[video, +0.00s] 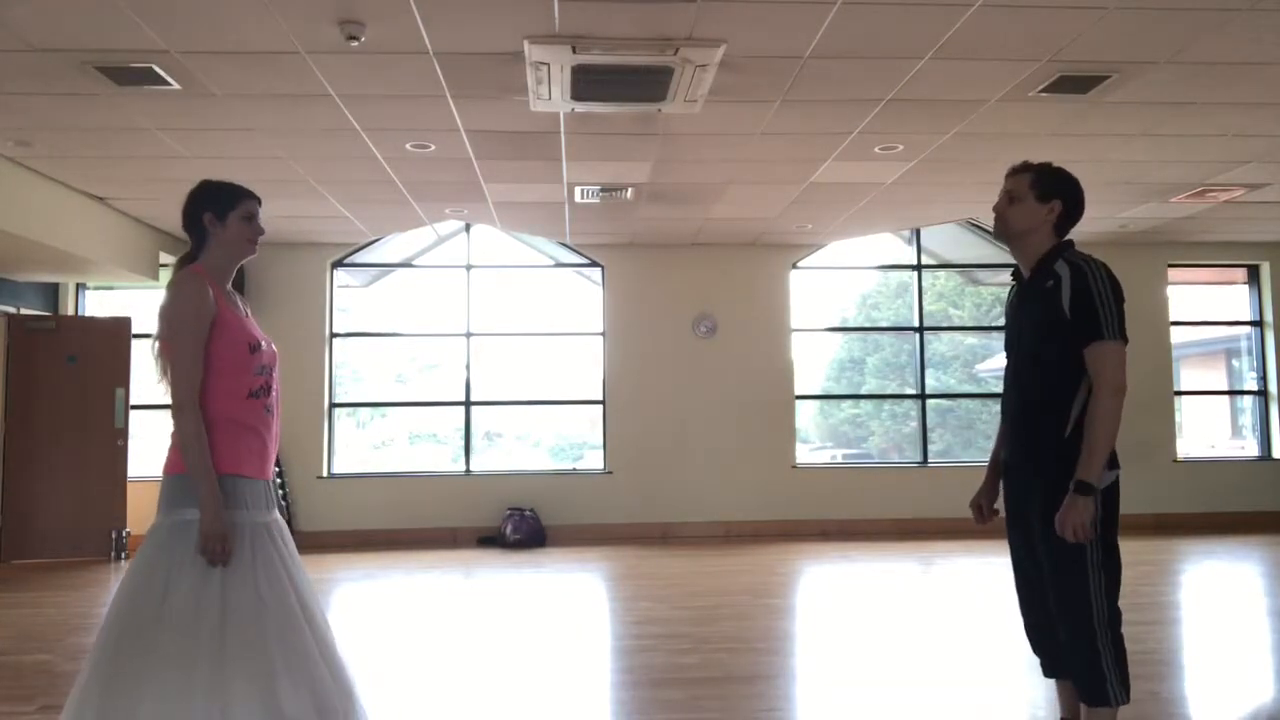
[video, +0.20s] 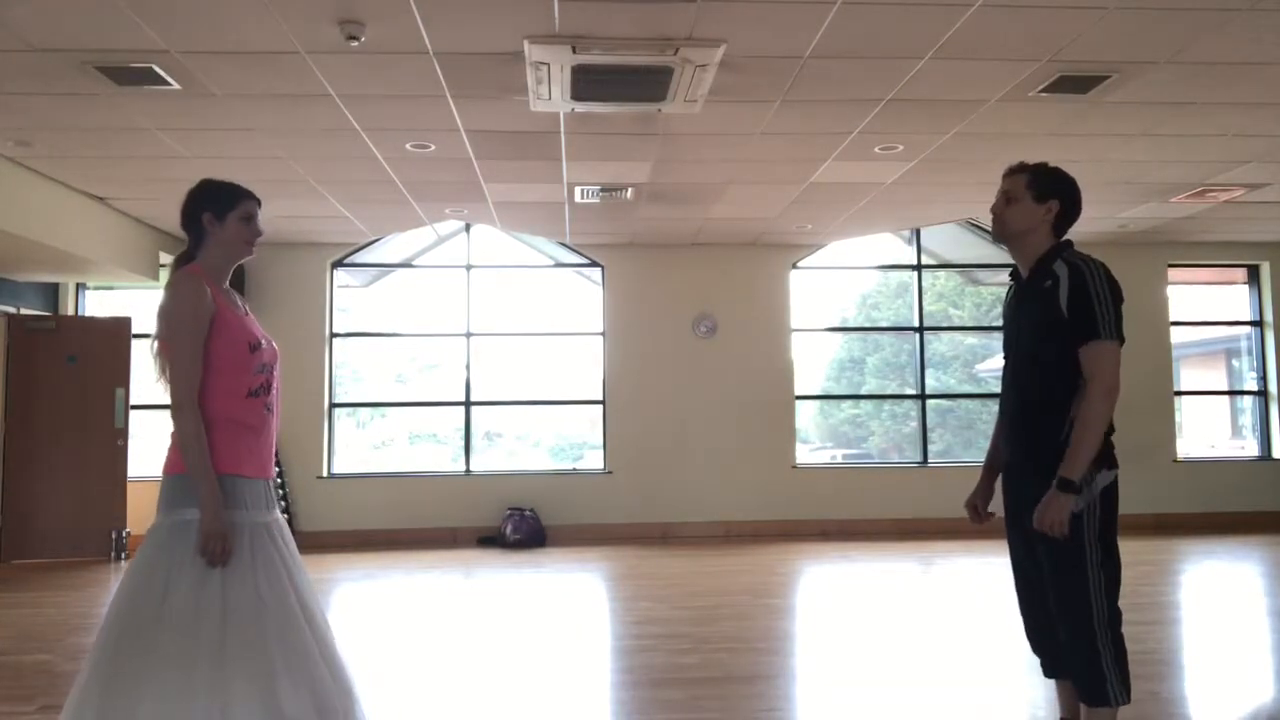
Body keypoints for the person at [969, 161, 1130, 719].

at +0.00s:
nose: (996, 207)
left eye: (1011, 198)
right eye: (1000, 197)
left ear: (1052, 211)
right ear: (1033, 213)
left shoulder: (1084, 275)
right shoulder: (1022, 290)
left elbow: (1111, 387)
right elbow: (1021, 395)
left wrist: (1085, 489)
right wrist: (993, 476)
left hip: (1073, 481)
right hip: (1029, 478)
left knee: (1087, 627)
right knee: (1051, 623)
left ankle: (1099, 715)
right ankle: (1070, 712)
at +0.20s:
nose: (993, 207)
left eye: (1008, 199)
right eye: (997, 198)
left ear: (1049, 211)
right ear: (1028, 213)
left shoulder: (1081, 274)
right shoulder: (1020, 290)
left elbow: (1103, 387)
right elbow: (1017, 393)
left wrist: (1066, 486)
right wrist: (989, 476)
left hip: (1073, 481)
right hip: (1027, 479)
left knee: (1087, 629)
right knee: (1051, 627)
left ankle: (1100, 716)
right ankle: (1070, 713)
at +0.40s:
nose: (991, 210)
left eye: (1006, 200)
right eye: (994, 200)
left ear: (1047, 211)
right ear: (1028, 214)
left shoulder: (1079, 273)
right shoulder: (1020, 290)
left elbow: (1097, 387)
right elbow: (1016, 394)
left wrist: (1054, 483)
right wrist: (987, 477)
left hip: (1073, 481)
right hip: (1026, 479)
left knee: (1086, 630)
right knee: (1051, 628)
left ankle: (1099, 715)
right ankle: (1070, 713)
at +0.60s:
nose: (989, 211)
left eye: (1003, 201)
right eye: (992, 200)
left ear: (1043, 210)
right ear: (1030, 213)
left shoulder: (1078, 273)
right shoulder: (1020, 290)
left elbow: (1095, 388)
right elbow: (1015, 396)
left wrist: (1056, 484)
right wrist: (984, 478)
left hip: (1071, 484)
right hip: (1025, 483)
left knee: (1085, 634)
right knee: (1053, 633)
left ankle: (1099, 714)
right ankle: (1072, 713)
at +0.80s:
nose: (985, 213)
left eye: (999, 202)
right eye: (989, 202)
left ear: (1039, 211)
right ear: (1025, 214)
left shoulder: (1076, 274)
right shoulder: (1019, 290)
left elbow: (1095, 389)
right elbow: (1015, 397)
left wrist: (1063, 487)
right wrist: (987, 478)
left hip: (1070, 484)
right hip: (1025, 484)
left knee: (1085, 633)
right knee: (1052, 632)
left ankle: (1100, 714)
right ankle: (1072, 712)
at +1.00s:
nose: (984, 212)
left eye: (996, 202)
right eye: (987, 202)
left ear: (1035, 210)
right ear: (1024, 214)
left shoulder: (1076, 274)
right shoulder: (1019, 291)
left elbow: (1097, 389)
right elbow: (1017, 396)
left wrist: (1065, 487)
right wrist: (988, 477)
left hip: (1068, 483)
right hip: (1025, 481)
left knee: (1084, 632)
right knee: (1052, 628)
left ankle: (1098, 715)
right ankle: (1069, 713)